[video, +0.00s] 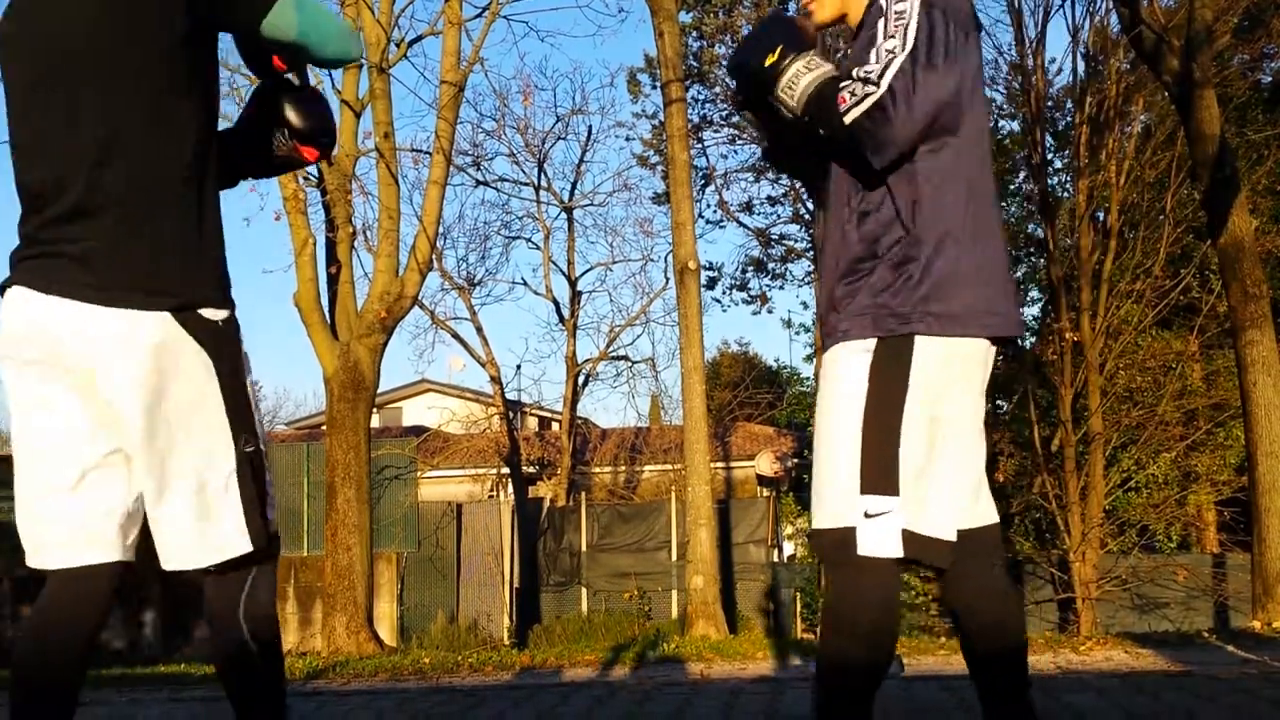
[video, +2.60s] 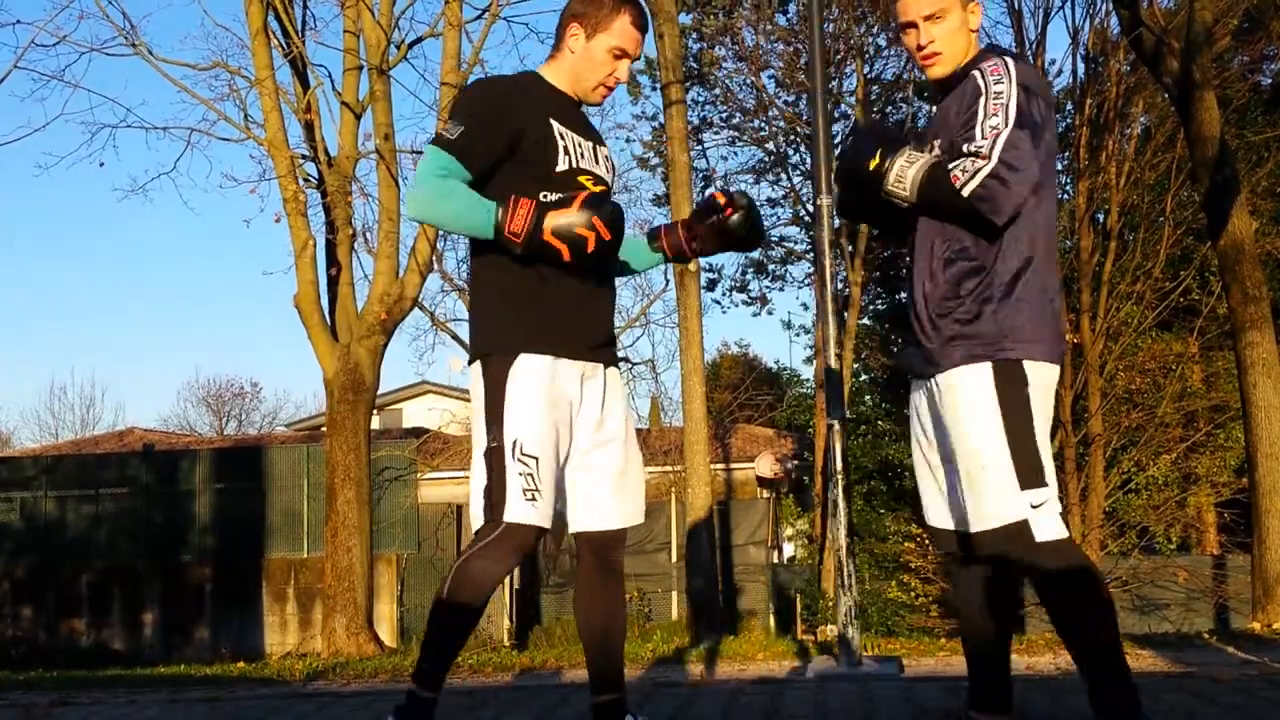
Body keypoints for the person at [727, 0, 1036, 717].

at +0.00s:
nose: (802, 8)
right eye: (800, 7)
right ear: (824, 13)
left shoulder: (917, 7)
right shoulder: (855, 44)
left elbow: (877, 132)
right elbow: (834, 181)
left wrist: (789, 67)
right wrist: (769, 93)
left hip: (903, 303)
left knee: (854, 530)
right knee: (959, 530)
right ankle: (1013, 717)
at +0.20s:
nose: (764, 7)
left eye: (767, 1)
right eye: (764, 5)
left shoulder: (838, 14)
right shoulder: (863, 19)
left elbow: (759, 146)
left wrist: (725, 74)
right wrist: (743, 70)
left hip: (846, 312)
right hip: (889, 309)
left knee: (825, 538)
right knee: (876, 535)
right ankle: (972, 707)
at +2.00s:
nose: (804, 40)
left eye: (818, 20)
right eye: (788, 28)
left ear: (851, 14)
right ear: (775, 32)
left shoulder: (881, 87)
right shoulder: (807, 117)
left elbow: (844, 200)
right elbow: (782, 228)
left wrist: (765, 146)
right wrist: (727, 177)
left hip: (851, 349)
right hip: (833, 350)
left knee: (826, 540)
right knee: (879, 534)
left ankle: (823, 719)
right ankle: (968, 695)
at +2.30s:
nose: (873, 52)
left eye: (886, 34)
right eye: (859, 40)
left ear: (920, 26)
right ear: (847, 43)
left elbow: (969, 202)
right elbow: (851, 247)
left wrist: (856, 161)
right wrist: (809, 181)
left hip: (936, 336)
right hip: (882, 341)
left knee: (869, 508)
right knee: (940, 523)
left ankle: (912, 711)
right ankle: (986, 707)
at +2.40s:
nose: (895, 44)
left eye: (908, 26)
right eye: (882, 32)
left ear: (944, 22)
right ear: (873, 37)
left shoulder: (980, 81)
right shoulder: (890, 118)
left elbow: (984, 191)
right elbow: (872, 233)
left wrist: (869, 151)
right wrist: (816, 167)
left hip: (949, 332)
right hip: (912, 335)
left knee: (889, 505)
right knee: (957, 518)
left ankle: (1009, 685)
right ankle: (997, 691)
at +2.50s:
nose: (910, 39)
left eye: (924, 22)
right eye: (897, 28)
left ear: (960, 17)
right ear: (888, 33)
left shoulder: (990, 77)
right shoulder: (923, 112)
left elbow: (991, 185)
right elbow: (893, 225)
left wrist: (884, 157)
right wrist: (838, 173)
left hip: (971, 334)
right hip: (932, 338)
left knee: (944, 518)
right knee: (965, 524)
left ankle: (1088, 695)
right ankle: (988, 707)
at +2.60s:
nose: (918, 40)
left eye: (930, 21)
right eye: (905, 28)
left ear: (972, 15)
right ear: (897, 33)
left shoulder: (1002, 78)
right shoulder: (937, 114)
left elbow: (990, 194)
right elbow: (920, 224)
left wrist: (890, 163)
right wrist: (871, 184)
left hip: (999, 340)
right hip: (937, 350)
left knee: (1030, 531)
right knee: (965, 543)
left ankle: (1118, 708)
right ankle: (989, 709)